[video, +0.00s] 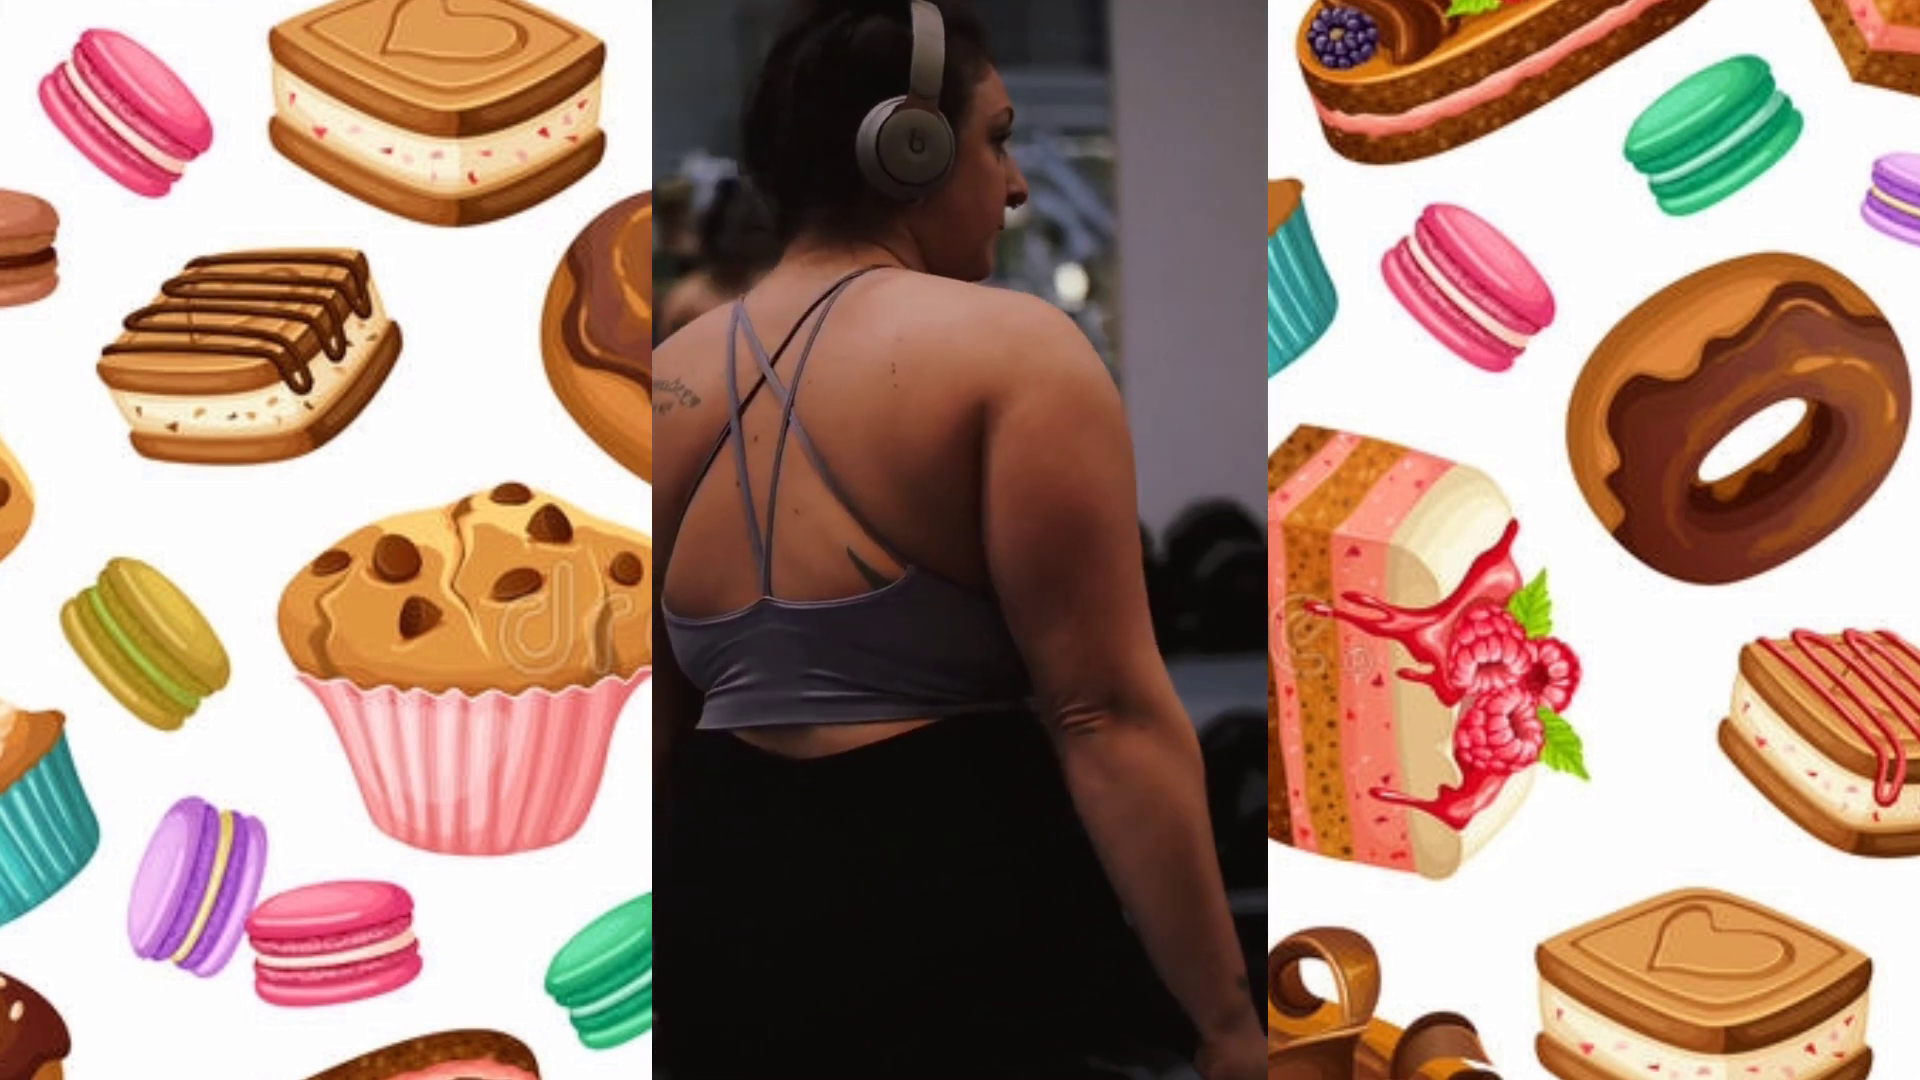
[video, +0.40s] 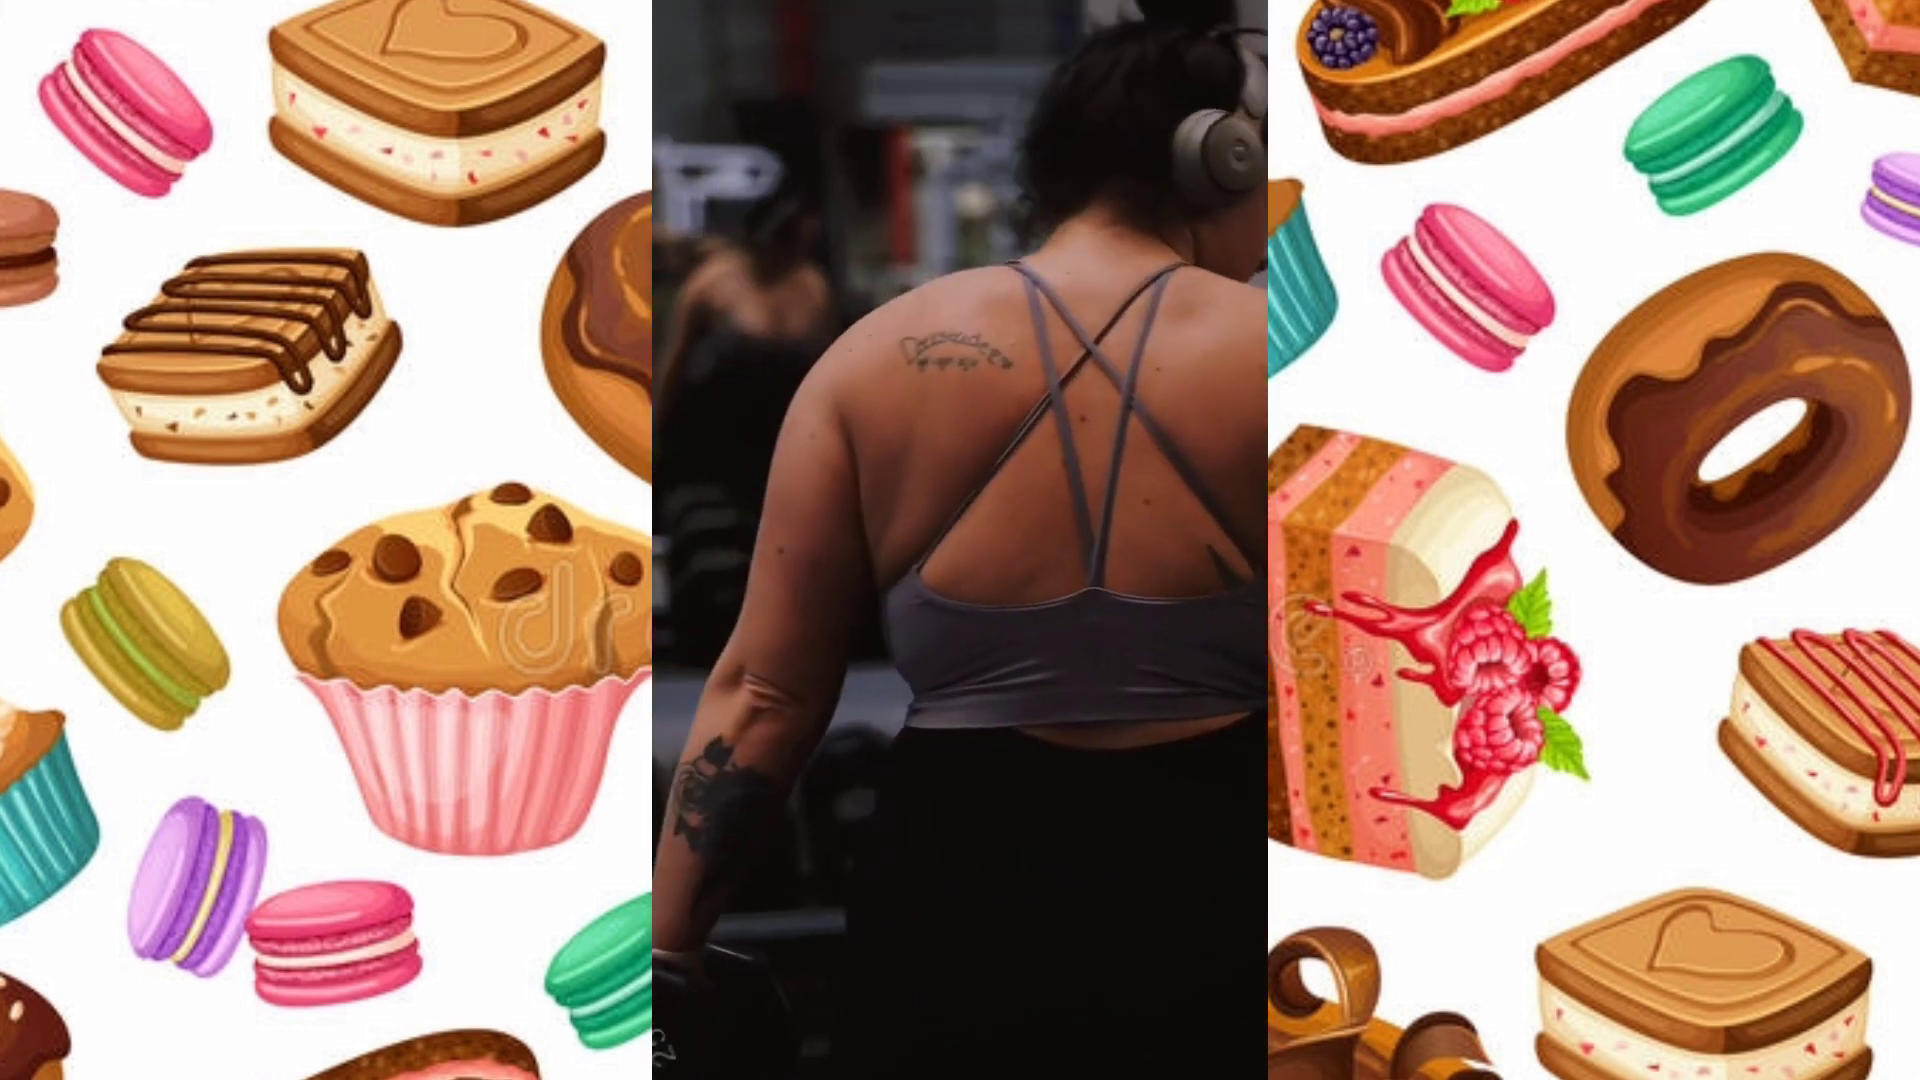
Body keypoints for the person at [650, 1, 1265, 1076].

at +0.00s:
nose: (1015, 180)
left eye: (1008, 141)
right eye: (996, 140)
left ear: (805, 161)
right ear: (907, 152)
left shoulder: (671, 372)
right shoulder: (1013, 349)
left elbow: (651, 700)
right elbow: (1106, 714)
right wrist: (1228, 1018)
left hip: (732, 894)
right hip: (978, 892)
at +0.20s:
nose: (1102, 178)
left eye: (1095, 140)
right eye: (1087, 138)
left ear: (885, 153)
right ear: (1007, 147)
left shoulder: (711, 388)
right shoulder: (1147, 355)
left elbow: (672, 733)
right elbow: (1230, 704)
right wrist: (1333, 936)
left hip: (824, 890)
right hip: (1100, 883)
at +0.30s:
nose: (1196, 192)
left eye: (1194, 154)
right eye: (1187, 152)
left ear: (981, 152)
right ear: (1115, 149)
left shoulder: (801, 374)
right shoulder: (1235, 355)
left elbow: (711, 709)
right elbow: (1325, 683)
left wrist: (550, 879)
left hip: (895, 879)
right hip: (1169, 872)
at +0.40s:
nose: (1287, 215)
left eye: (1290, 180)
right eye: (1281, 179)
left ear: (1062, 166)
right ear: (1224, 169)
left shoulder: (875, 361)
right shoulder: (1283, 352)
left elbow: (766, 690)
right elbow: (1378, 662)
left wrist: (646, 954)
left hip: (951, 868)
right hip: (1215, 865)